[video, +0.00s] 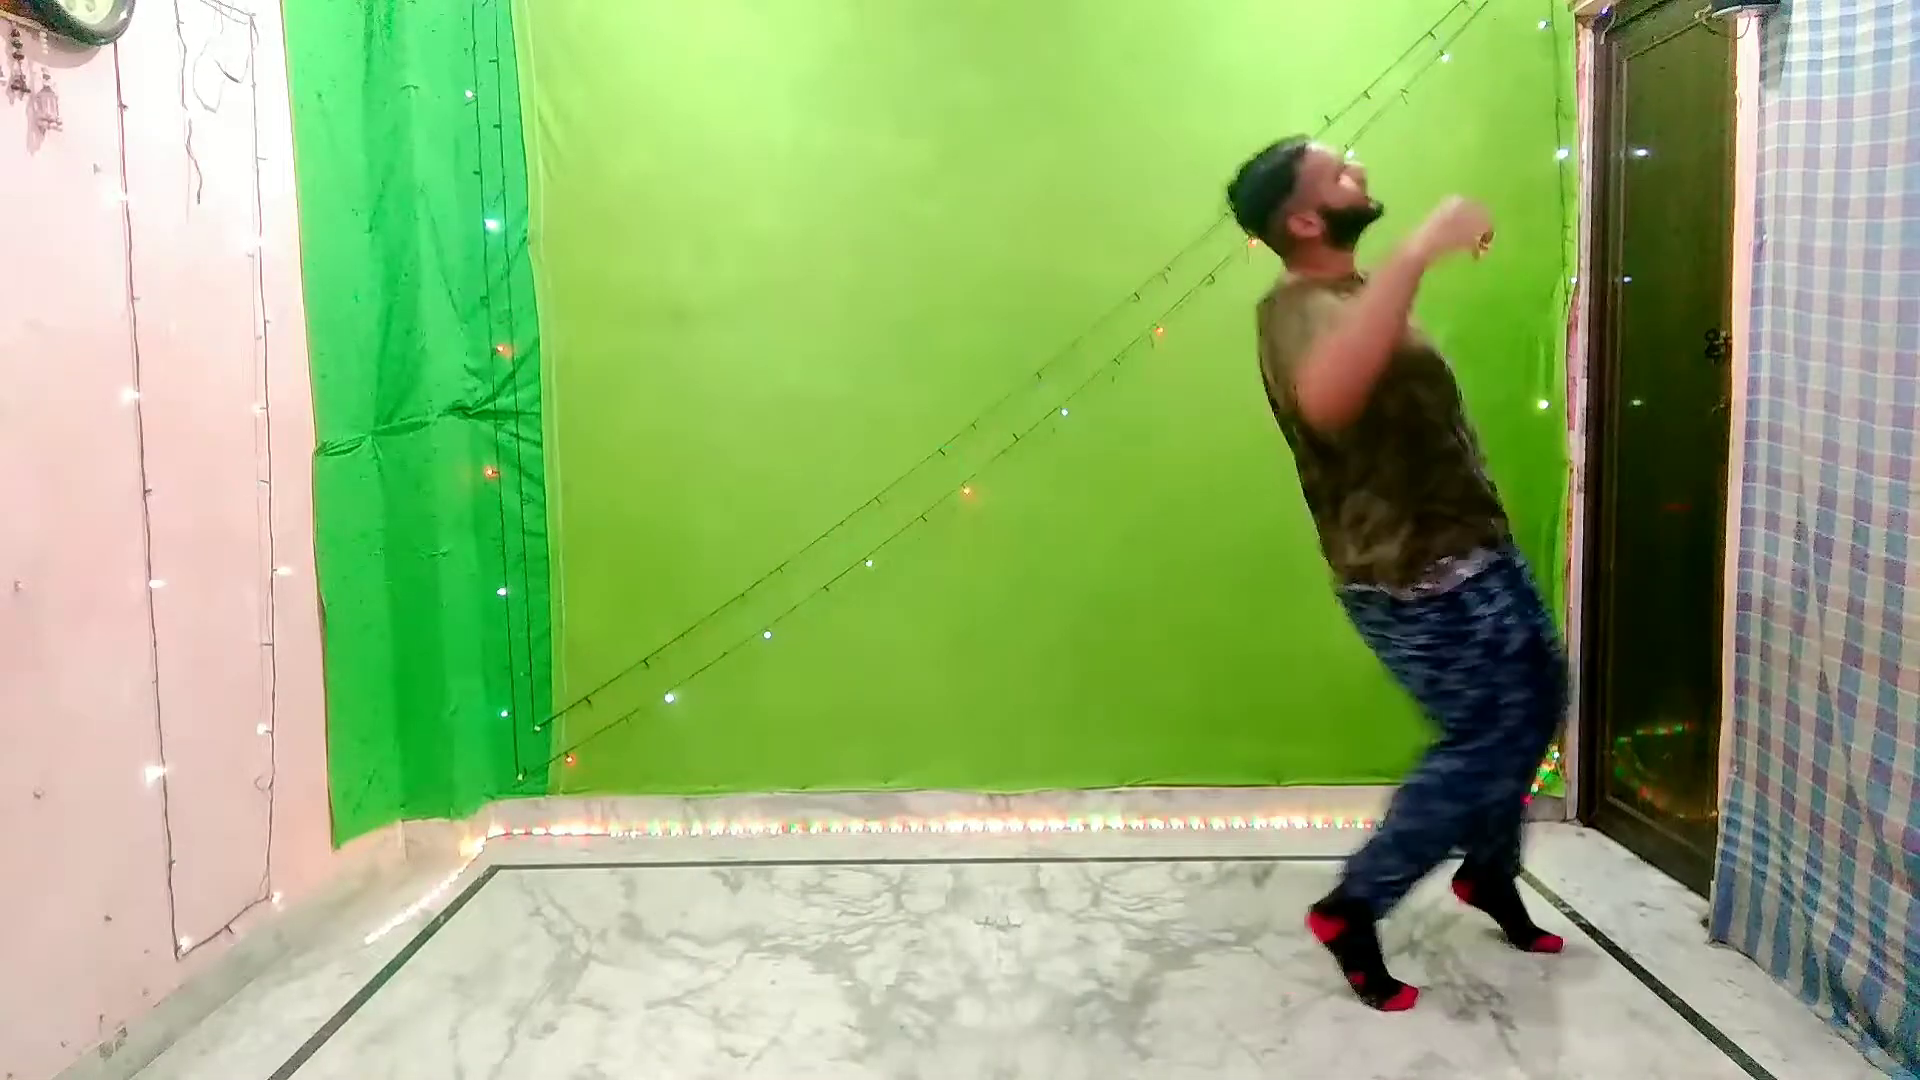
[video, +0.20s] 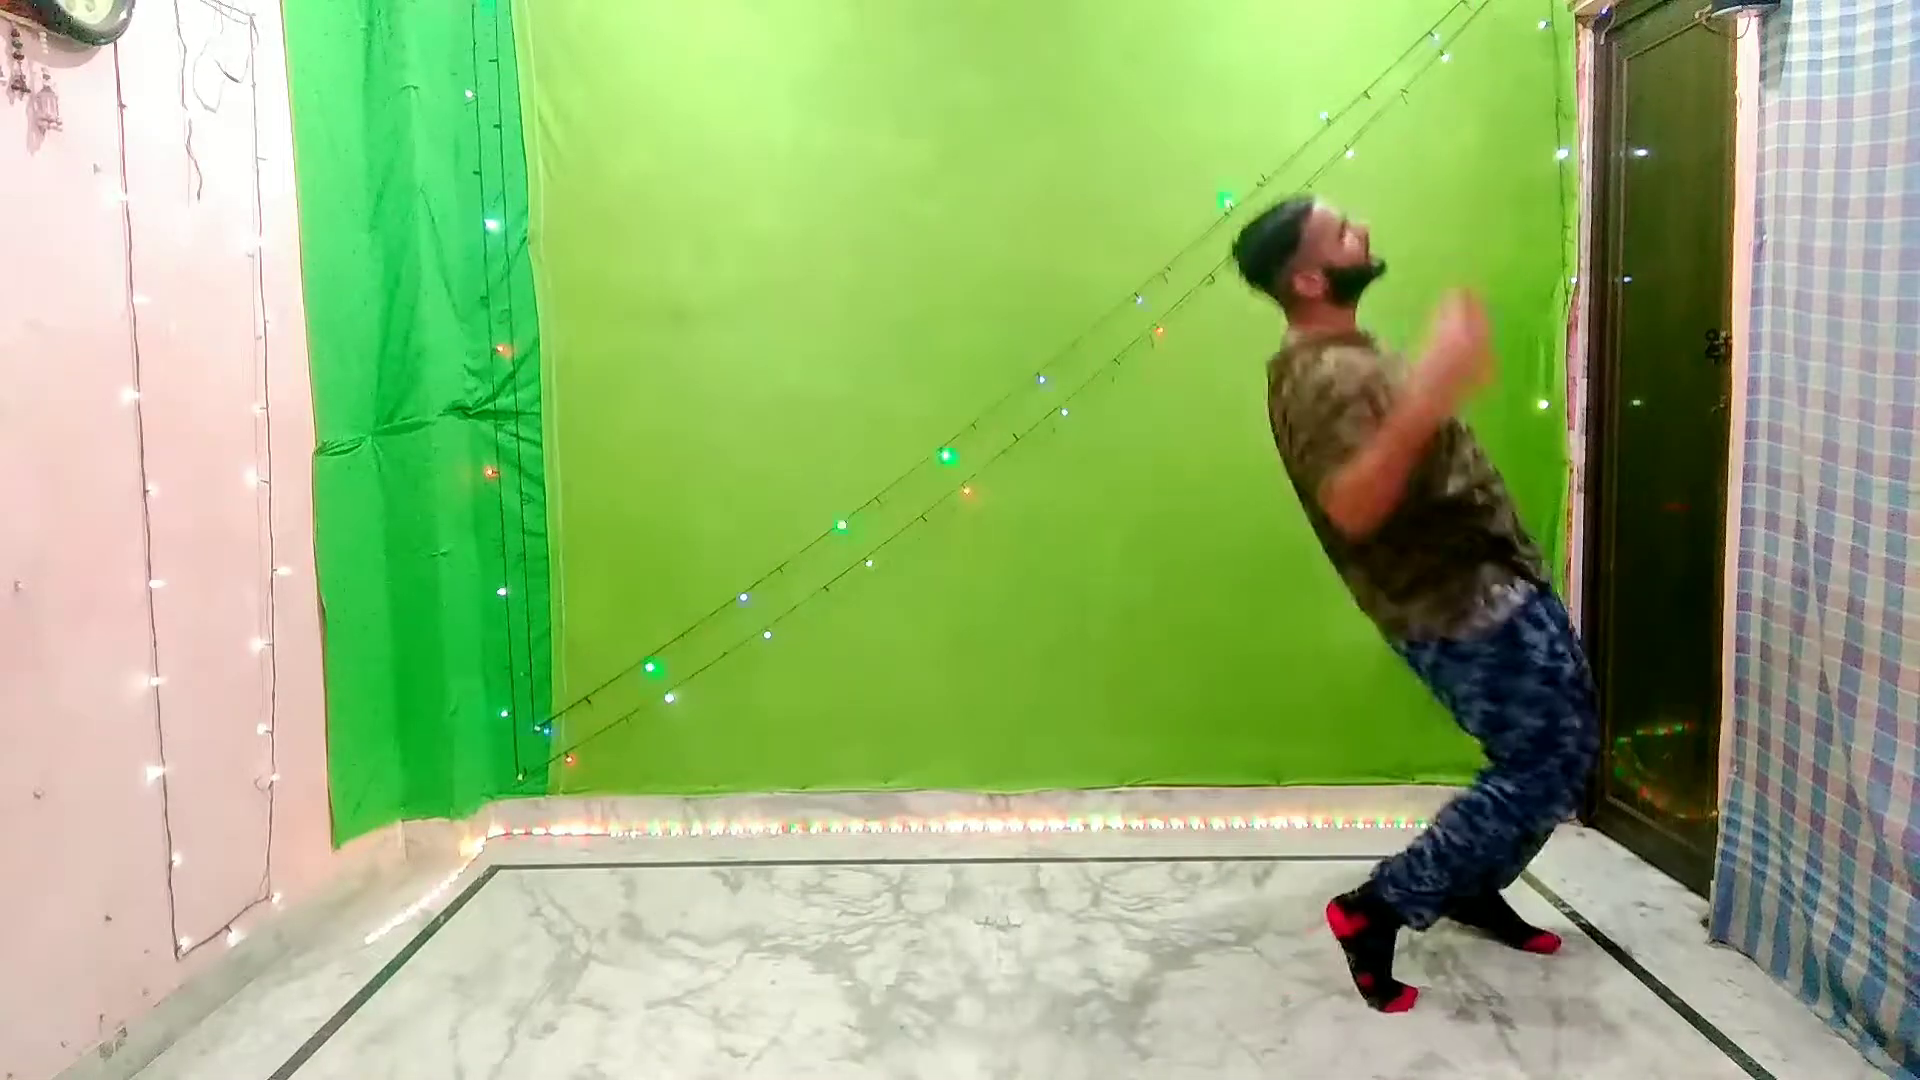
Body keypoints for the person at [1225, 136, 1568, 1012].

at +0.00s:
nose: (1349, 160)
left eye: (1334, 152)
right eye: (1327, 161)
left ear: (1309, 223)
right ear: (1300, 219)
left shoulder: (1351, 296)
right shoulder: (1298, 306)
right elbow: (1327, 397)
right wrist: (1414, 254)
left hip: (1471, 553)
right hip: (1411, 574)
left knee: (1538, 698)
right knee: (1492, 727)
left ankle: (1489, 869)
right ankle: (1353, 907)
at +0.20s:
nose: (1356, 226)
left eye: (1340, 218)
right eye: (1337, 227)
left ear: (1308, 282)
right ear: (1309, 279)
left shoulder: (1346, 355)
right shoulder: (1320, 373)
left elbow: (1376, 484)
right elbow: (1353, 504)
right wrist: (1434, 381)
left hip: (1492, 585)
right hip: (1457, 606)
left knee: (1563, 741)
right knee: (1547, 759)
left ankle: (1472, 881)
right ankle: (1380, 906)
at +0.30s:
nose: (1342, 275)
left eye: (1330, 266)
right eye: (1324, 274)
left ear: (1293, 319)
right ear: (1288, 318)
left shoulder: (1340, 392)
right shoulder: (1307, 412)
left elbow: (1413, 489)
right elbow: (1353, 540)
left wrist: (1481, 470)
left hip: (1505, 615)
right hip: (1470, 635)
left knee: (1561, 770)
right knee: (1555, 793)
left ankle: (1466, 890)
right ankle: (1378, 909)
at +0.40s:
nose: (1327, 294)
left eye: (1315, 285)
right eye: (1306, 294)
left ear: (1276, 343)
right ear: (1271, 341)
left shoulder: (1324, 413)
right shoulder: (1298, 433)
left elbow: (1393, 516)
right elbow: (1353, 563)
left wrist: (1479, 513)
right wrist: (1482, 602)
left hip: (1489, 634)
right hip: (1459, 651)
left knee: (1563, 770)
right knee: (1555, 795)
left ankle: (1467, 891)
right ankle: (1365, 913)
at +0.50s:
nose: (1308, 294)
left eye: (1296, 286)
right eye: (1288, 294)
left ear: (1259, 343)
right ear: (1255, 341)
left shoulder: (1305, 418)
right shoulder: (1276, 438)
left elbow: (1380, 550)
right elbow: (1346, 577)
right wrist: (1452, 690)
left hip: (1477, 620)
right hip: (1435, 644)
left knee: (1565, 742)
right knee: (1521, 789)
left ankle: (1469, 892)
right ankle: (1337, 923)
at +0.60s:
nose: (1300, 271)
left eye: (1288, 262)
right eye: (1282, 268)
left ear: (1250, 313)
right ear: (1247, 310)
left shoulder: (1288, 399)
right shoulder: (1260, 417)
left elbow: (1347, 538)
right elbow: (1314, 564)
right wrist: (1389, 696)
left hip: (1429, 605)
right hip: (1394, 628)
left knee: (1523, 711)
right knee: (1487, 780)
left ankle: (1470, 894)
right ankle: (1328, 932)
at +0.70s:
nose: (1285, 230)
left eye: (1274, 220)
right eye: (1265, 225)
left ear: (1231, 272)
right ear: (1227, 267)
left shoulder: (1260, 359)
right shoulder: (1229, 373)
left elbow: (1282, 514)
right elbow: (1231, 527)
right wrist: (1283, 668)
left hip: (1357, 599)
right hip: (1321, 623)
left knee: (1442, 697)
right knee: (1413, 761)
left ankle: (1391, 882)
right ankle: (1320, 945)